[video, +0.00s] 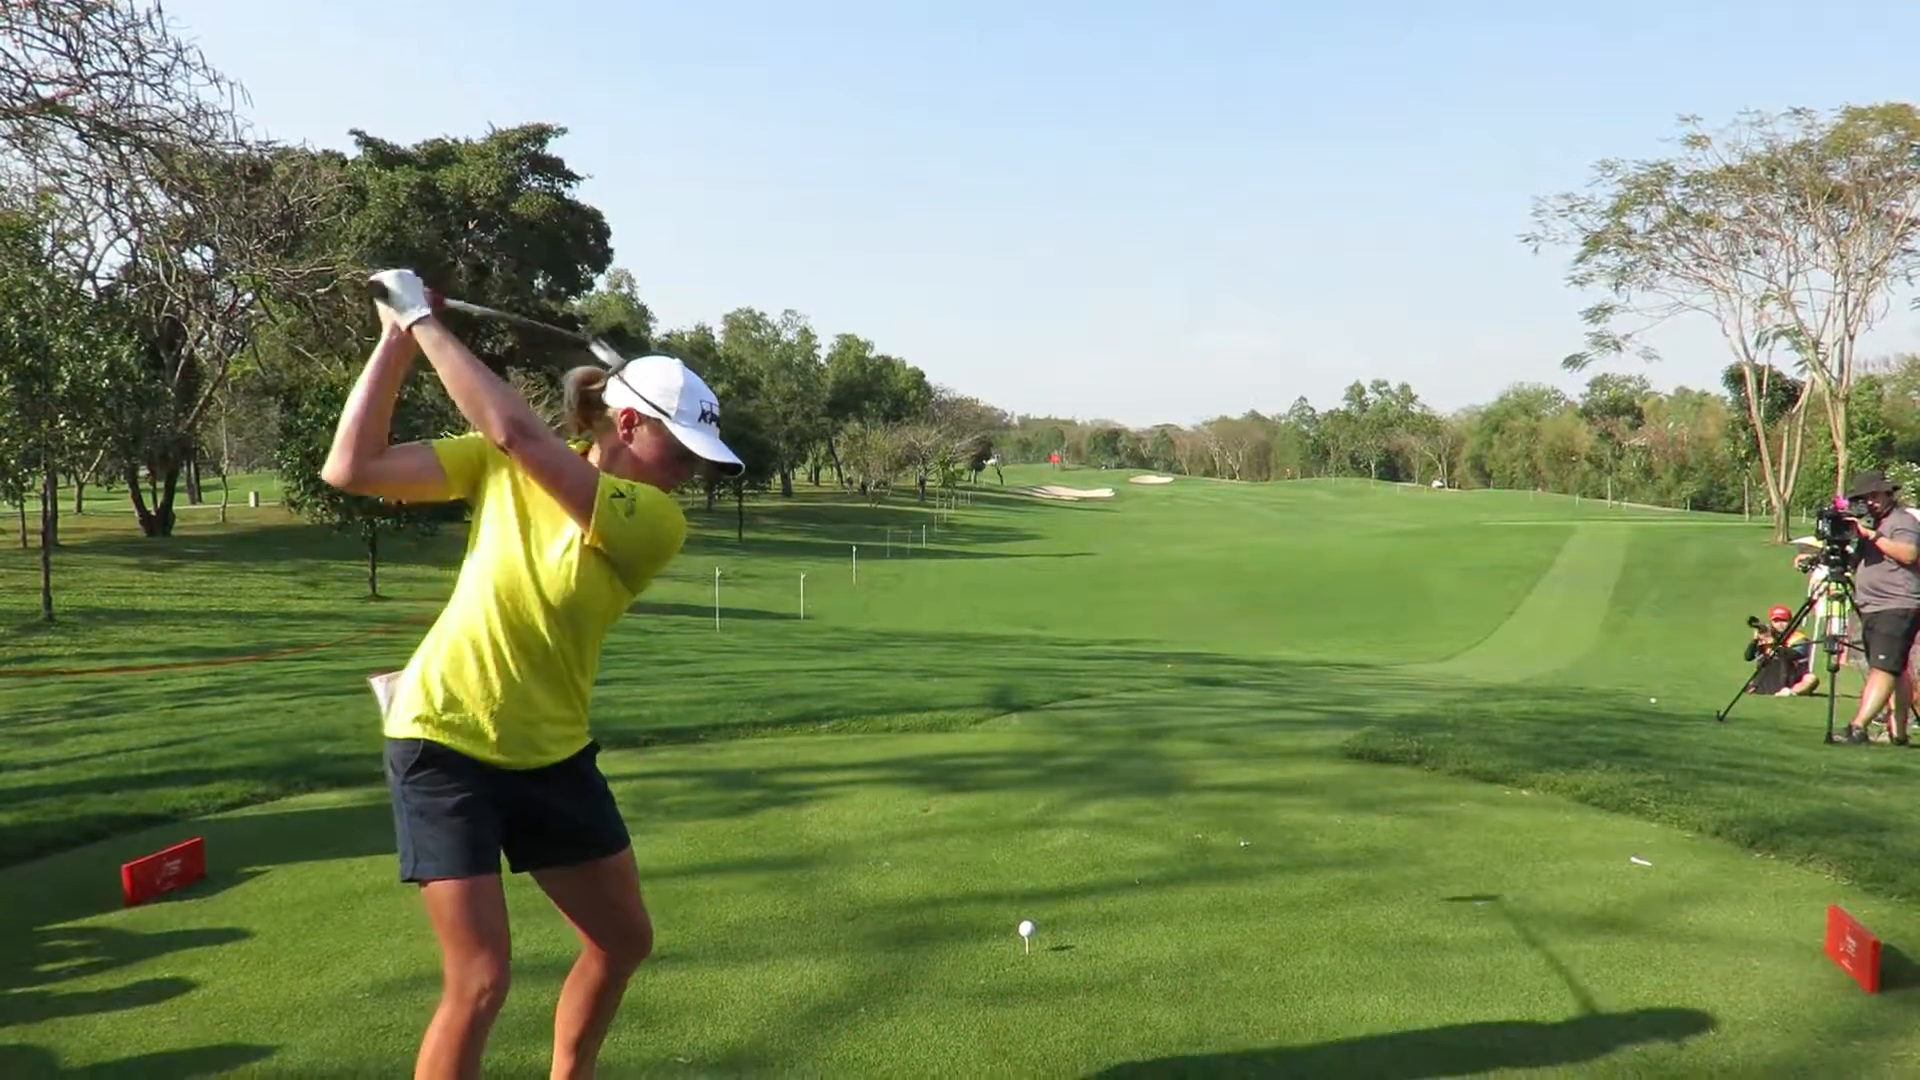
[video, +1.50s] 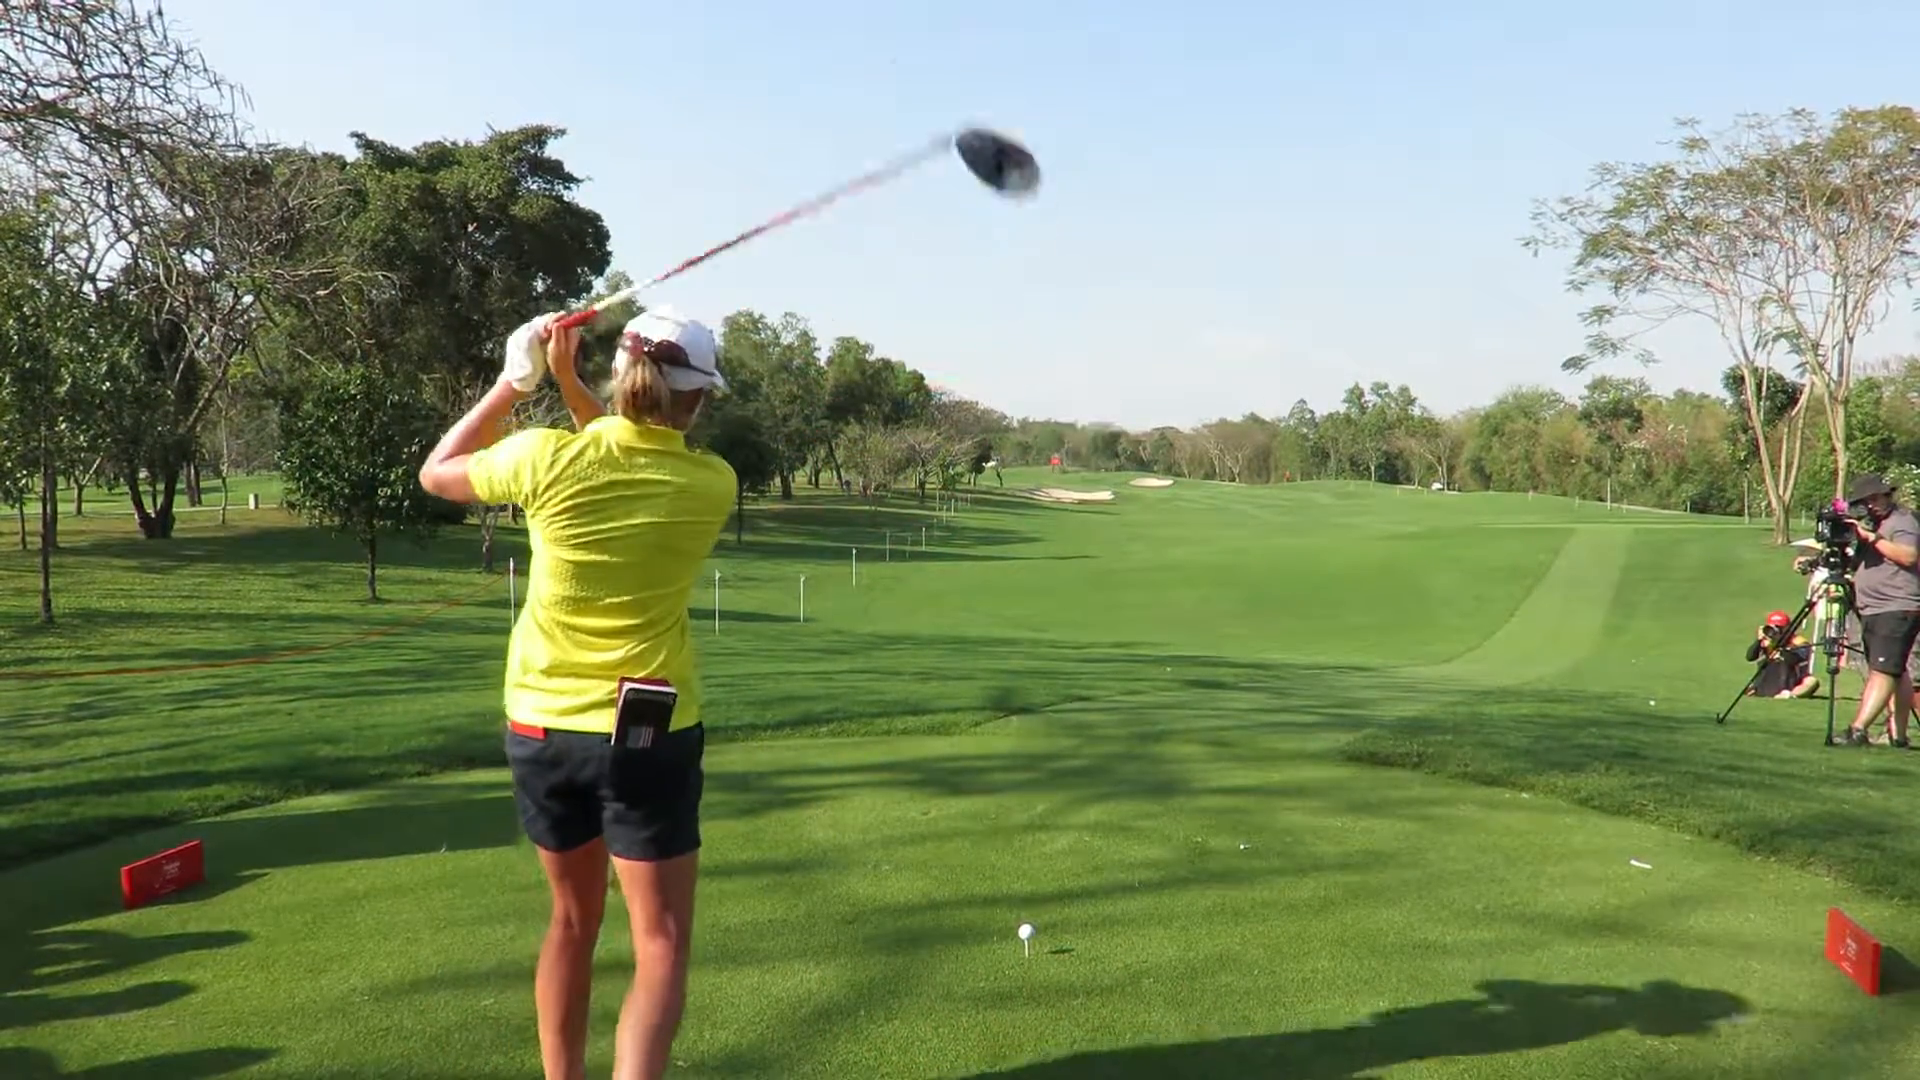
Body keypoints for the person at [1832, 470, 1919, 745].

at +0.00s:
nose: (1869, 504)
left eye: (1873, 498)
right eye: (1865, 500)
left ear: (1888, 495)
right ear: (1863, 501)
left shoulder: (1902, 520)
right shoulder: (1873, 526)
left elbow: (1909, 554)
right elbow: (1857, 561)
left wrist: (1871, 536)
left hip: (1897, 606)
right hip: (1874, 607)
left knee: (1883, 667)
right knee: (1889, 670)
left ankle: (1858, 726)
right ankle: (1898, 732)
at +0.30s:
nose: (1867, 504)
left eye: (1871, 498)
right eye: (1863, 500)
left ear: (1886, 495)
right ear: (1863, 501)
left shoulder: (1901, 518)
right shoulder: (1873, 523)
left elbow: (1908, 554)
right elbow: (1861, 561)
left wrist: (1872, 536)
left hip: (1898, 604)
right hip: (1873, 606)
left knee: (1883, 666)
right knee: (1892, 670)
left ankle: (1857, 726)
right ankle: (1897, 732)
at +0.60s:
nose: (1867, 506)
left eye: (1871, 499)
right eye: (1863, 501)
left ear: (1886, 496)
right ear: (1862, 503)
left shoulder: (1902, 519)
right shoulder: (1872, 525)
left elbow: (1908, 555)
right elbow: (1860, 565)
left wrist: (1871, 536)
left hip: (1897, 606)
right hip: (1873, 608)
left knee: (1883, 668)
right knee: (1894, 672)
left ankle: (1858, 726)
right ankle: (1898, 733)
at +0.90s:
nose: (1870, 506)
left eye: (1874, 499)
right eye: (1865, 501)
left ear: (1889, 496)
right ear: (1863, 503)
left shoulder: (1902, 520)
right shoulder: (1873, 524)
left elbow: (1909, 556)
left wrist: (1871, 538)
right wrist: (1843, 535)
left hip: (1897, 607)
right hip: (1873, 608)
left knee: (1883, 668)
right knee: (1895, 673)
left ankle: (1858, 728)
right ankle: (1898, 734)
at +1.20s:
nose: (1869, 507)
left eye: (1873, 500)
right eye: (1864, 502)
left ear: (1887, 497)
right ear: (1863, 504)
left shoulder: (1902, 521)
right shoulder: (1874, 525)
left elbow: (1909, 556)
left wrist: (1871, 537)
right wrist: (1845, 537)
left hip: (1898, 607)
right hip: (1874, 608)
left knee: (1883, 668)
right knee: (1892, 672)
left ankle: (1858, 728)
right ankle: (1898, 733)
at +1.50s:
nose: (1869, 508)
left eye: (1872, 501)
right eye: (1864, 504)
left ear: (1886, 497)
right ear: (1863, 506)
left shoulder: (1902, 521)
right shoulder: (1873, 525)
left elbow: (1909, 556)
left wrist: (1872, 538)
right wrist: (1845, 535)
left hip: (1898, 607)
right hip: (1873, 608)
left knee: (1883, 668)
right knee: (1892, 672)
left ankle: (1858, 728)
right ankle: (1898, 734)